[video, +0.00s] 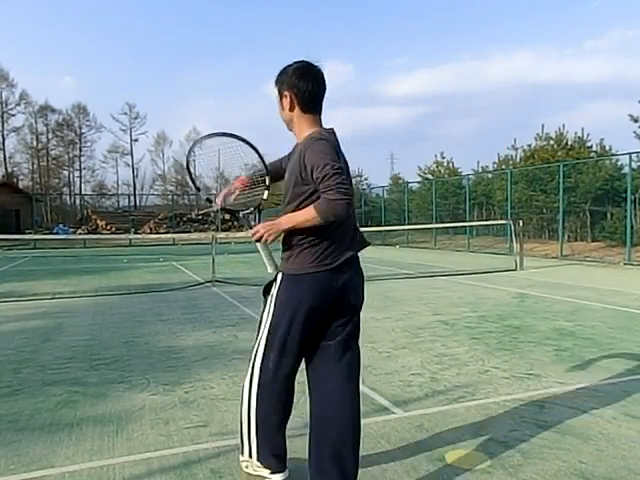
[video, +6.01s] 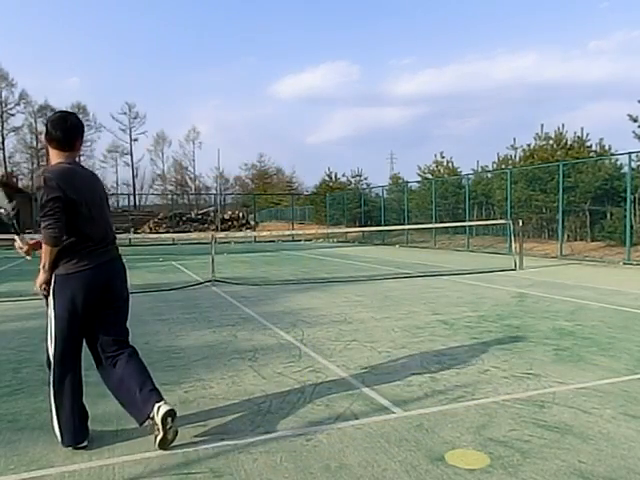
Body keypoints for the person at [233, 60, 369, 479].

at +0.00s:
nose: (279, 108)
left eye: (278, 100)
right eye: (279, 100)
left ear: (288, 100)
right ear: (319, 98)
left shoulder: (315, 148)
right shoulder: (321, 143)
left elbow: (337, 203)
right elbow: (282, 168)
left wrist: (281, 223)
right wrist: (247, 180)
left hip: (306, 276)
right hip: (342, 275)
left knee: (270, 367)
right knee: (336, 379)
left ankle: (263, 459)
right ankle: (337, 471)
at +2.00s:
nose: (254, 139)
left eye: (255, 133)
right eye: (256, 133)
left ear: (259, 136)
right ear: (286, 140)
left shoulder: (275, 171)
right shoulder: (275, 173)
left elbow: (298, 209)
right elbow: (256, 210)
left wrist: (263, 228)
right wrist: (234, 220)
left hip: (274, 273)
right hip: (303, 271)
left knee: (263, 344)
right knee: (304, 344)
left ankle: (272, 415)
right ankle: (316, 419)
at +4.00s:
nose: (271, 120)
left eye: (267, 114)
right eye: (270, 115)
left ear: (233, 125)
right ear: (268, 122)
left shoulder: (224, 169)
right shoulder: (276, 173)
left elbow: (234, 218)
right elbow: (291, 230)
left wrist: (288, 218)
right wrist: (313, 234)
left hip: (222, 281)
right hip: (260, 284)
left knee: (221, 362)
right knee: (273, 373)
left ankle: (187, 444)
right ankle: (272, 466)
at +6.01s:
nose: (44, 143)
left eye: (45, 138)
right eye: (83, 139)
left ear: (46, 142)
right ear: (80, 143)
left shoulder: (52, 180)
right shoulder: (91, 178)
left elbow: (52, 236)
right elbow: (84, 228)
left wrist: (44, 272)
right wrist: (41, 241)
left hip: (72, 279)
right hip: (110, 272)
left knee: (64, 358)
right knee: (114, 347)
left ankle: (73, 434)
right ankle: (155, 407)